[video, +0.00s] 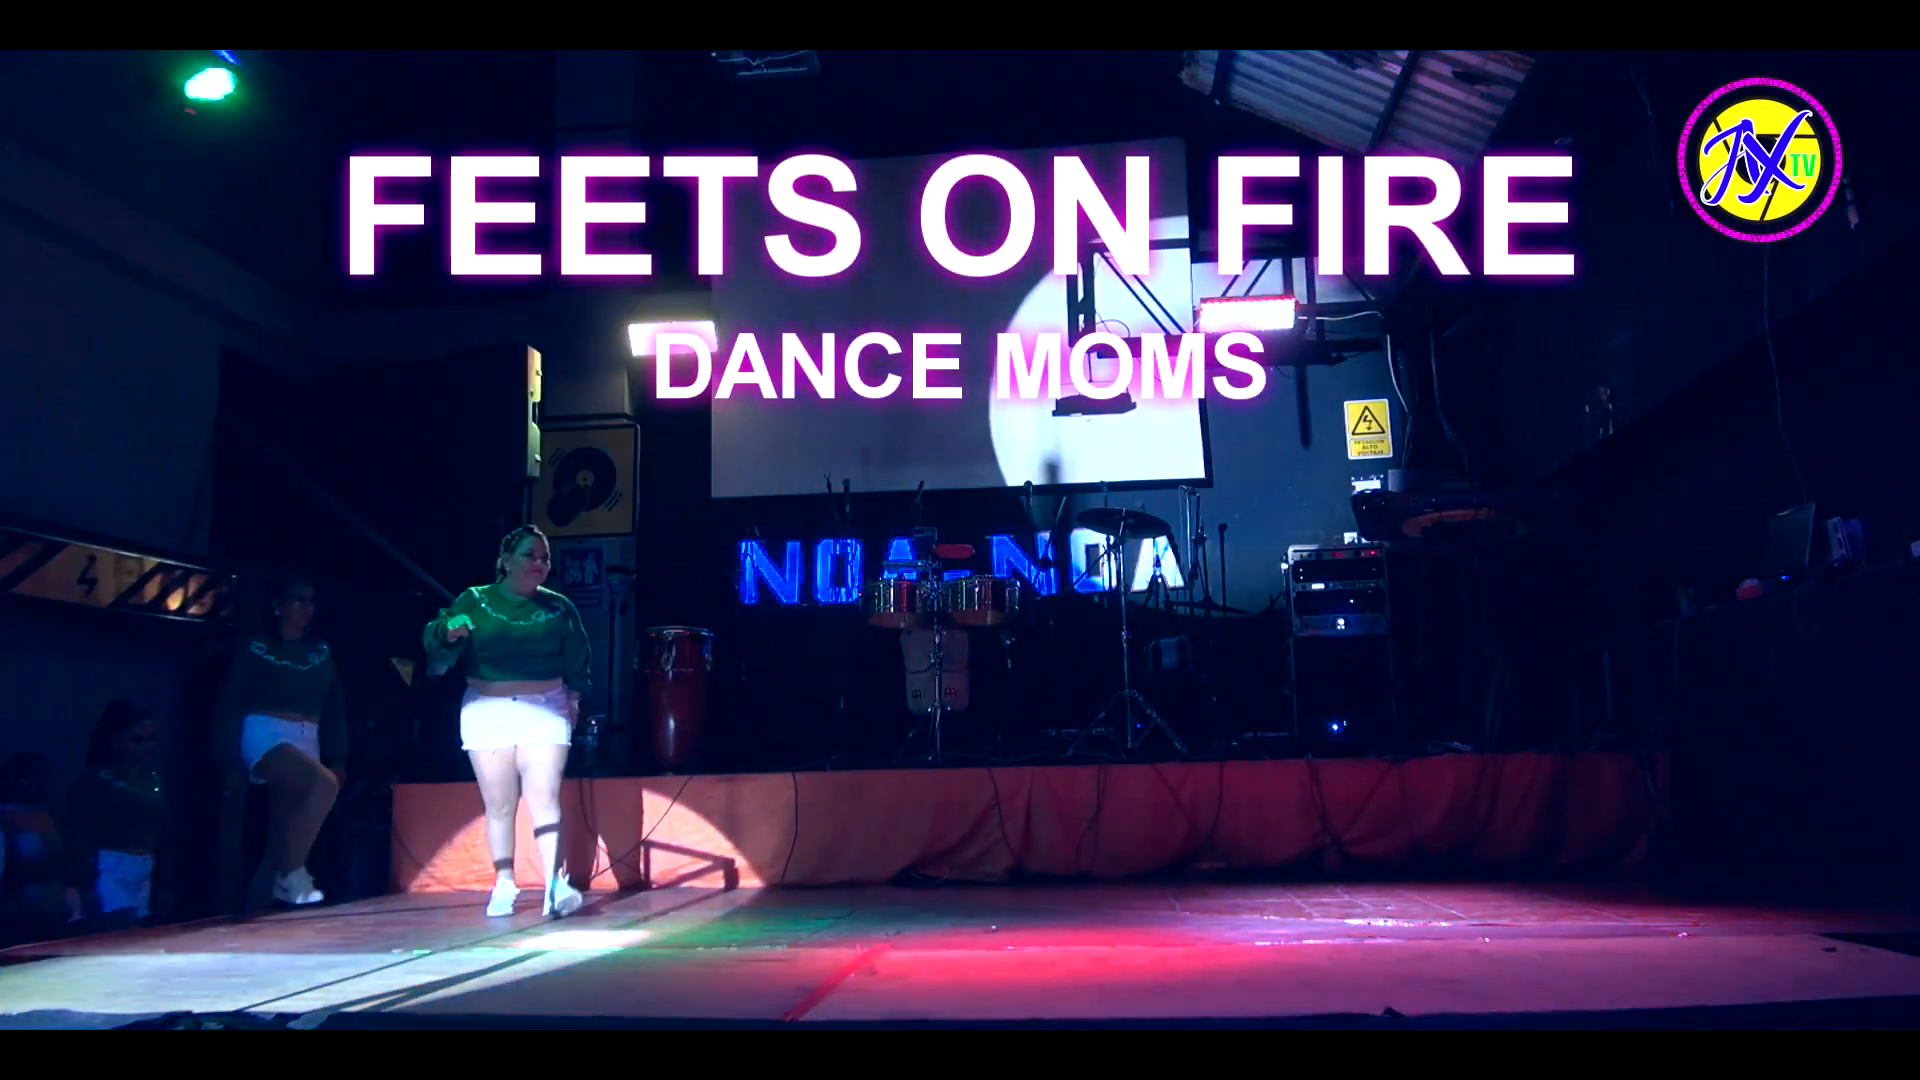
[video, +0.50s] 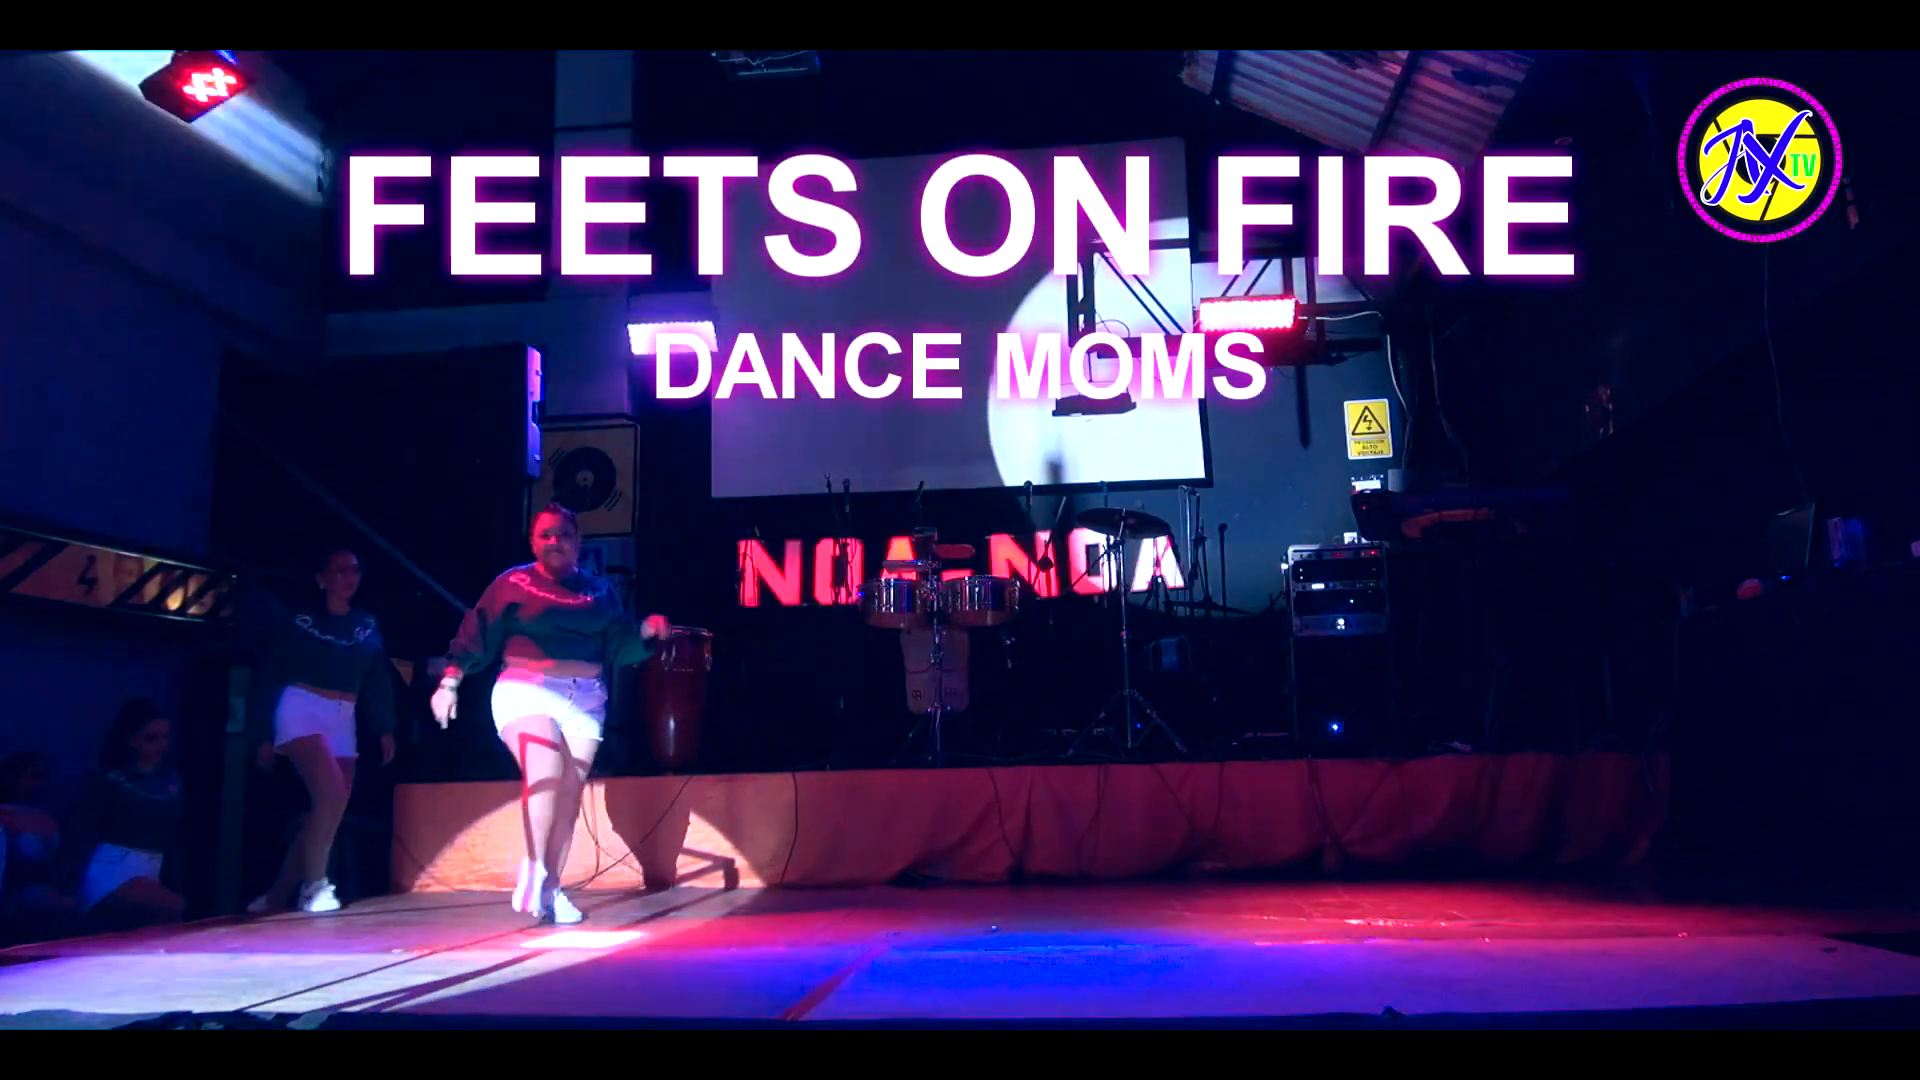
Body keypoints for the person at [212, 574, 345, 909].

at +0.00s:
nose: (305, 610)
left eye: (309, 603)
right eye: (298, 602)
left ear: (313, 610)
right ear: (280, 606)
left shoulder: (320, 653)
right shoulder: (257, 647)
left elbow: (333, 710)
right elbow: (235, 699)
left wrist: (335, 758)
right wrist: (229, 750)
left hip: (308, 734)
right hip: (265, 730)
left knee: (288, 817)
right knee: (323, 783)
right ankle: (293, 873)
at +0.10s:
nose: (312, 608)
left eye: (316, 602)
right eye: (304, 600)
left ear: (320, 609)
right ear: (284, 605)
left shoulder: (325, 653)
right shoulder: (260, 647)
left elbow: (338, 710)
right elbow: (239, 704)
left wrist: (343, 759)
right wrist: (236, 763)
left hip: (313, 738)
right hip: (269, 733)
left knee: (284, 841)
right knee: (326, 788)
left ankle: (254, 918)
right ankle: (309, 884)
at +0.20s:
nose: (319, 608)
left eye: (323, 602)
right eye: (311, 600)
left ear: (327, 610)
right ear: (292, 605)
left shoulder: (334, 654)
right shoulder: (267, 647)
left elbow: (347, 712)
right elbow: (244, 704)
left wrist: (352, 760)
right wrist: (241, 763)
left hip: (319, 739)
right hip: (275, 733)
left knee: (288, 842)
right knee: (332, 791)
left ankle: (254, 919)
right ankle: (308, 885)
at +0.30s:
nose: (329, 602)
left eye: (333, 596)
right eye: (320, 595)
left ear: (338, 604)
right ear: (301, 601)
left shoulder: (345, 652)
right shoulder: (277, 645)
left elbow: (357, 710)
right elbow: (253, 703)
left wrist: (362, 758)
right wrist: (247, 759)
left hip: (325, 737)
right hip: (281, 729)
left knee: (295, 834)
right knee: (334, 793)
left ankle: (257, 917)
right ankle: (315, 885)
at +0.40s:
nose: (338, 590)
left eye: (343, 584)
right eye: (330, 584)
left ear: (349, 592)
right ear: (312, 590)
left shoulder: (357, 641)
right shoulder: (288, 633)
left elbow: (369, 698)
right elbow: (262, 690)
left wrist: (375, 746)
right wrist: (255, 746)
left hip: (334, 729)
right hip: (290, 720)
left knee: (303, 827)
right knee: (334, 797)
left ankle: (266, 911)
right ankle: (315, 887)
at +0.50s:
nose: (348, 577)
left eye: (353, 571)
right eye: (340, 571)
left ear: (360, 577)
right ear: (322, 577)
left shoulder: (365, 625)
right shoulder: (298, 617)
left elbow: (379, 682)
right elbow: (272, 676)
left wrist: (385, 730)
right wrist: (266, 735)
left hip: (343, 716)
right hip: (300, 707)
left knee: (330, 808)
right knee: (332, 795)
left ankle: (276, 897)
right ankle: (315, 887)